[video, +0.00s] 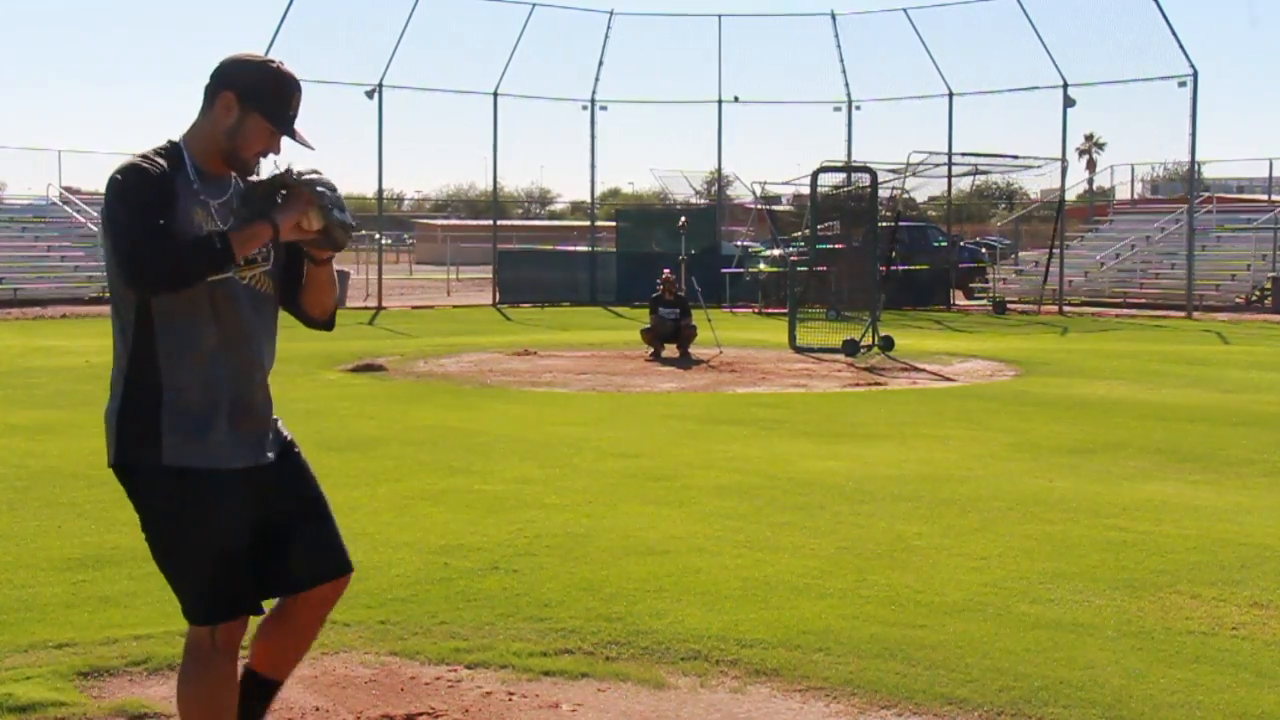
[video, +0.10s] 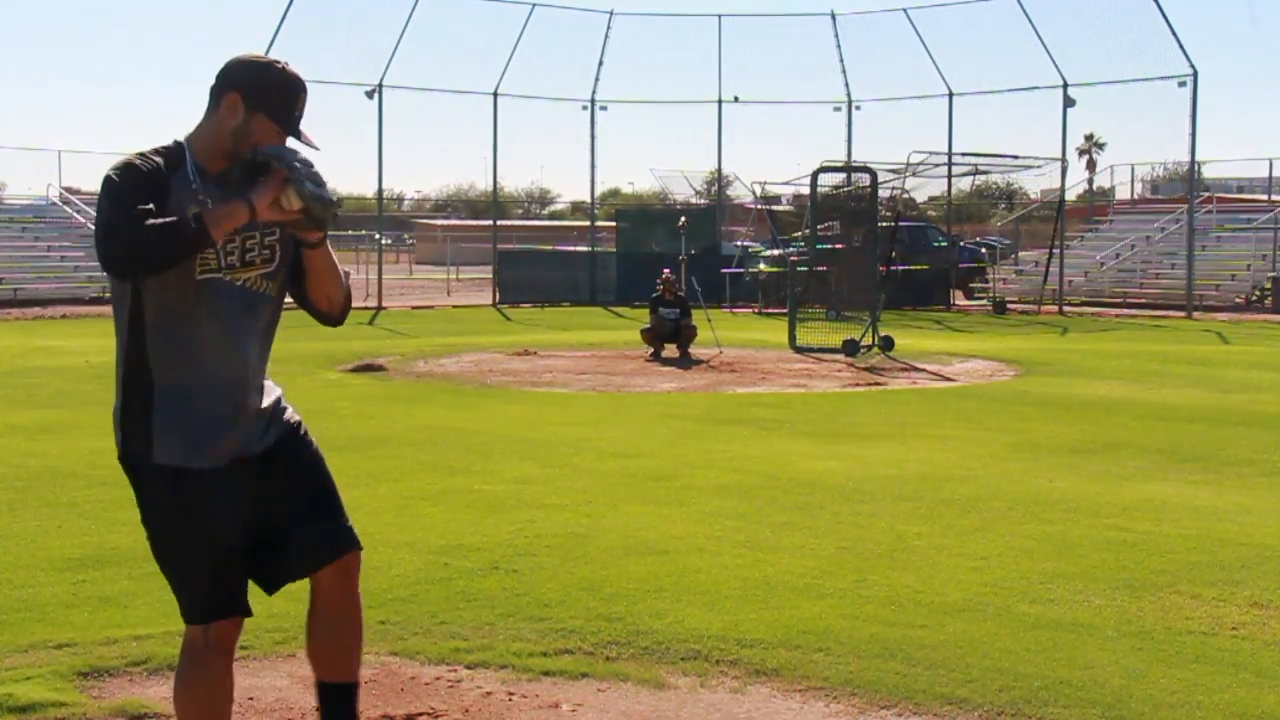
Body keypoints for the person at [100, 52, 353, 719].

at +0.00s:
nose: (275, 147)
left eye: (280, 134)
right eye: (271, 129)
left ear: (241, 116)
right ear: (227, 106)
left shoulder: (259, 198)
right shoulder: (141, 182)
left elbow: (317, 310)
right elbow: (148, 271)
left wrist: (318, 247)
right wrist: (268, 228)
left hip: (254, 433)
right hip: (171, 444)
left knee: (322, 575)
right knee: (220, 620)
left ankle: (244, 712)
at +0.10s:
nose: (282, 147)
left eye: (288, 134)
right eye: (276, 128)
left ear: (250, 118)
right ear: (231, 107)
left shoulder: (271, 196)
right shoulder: (138, 178)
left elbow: (333, 308)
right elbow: (123, 253)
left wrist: (309, 229)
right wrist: (244, 210)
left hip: (259, 419)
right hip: (174, 443)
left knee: (338, 557)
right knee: (216, 620)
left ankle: (340, 717)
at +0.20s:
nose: (284, 150)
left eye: (294, 139)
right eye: (279, 133)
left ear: (294, 140)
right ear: (239, 111)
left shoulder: (281, 190)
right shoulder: (149, 174)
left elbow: (348, 301)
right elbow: (109, 241)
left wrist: (306, 215)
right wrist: (229, 190)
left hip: (270, 410)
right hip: (182, 439)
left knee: (344, 532)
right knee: (215, 618)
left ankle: (412, 701)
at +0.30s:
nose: (291, 152)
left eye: (303, 140)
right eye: (283, 135)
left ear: (304, 145)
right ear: (246, 125)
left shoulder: (297, 200)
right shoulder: (167, 174)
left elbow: (365, 293)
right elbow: (110, 233)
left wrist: (314, 200)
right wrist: (229, 177)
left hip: (275, 394)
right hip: (187, 426)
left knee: (347, 460)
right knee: (218, 612)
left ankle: (423, 634)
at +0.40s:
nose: (298, 152)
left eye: (311, 144)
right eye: (292, 137)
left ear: (317, 148)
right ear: (257, 124)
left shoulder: (309, 201)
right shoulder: (181, 178)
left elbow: (376, 286)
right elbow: (127, 231)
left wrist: (322, 193)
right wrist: (235, 165)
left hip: (272, 387)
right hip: (192, 418)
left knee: (341, 388)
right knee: (223, 608)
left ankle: (399, 581)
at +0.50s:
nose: (337, 162)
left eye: (342, 149)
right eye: (332, 145)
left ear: (311, 139)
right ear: (291, 130)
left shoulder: (328, 210)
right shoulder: (202, 187)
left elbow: (369, 309)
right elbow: (132, 254)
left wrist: (324, 223)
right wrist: (245, 193)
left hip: (274, 384)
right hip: (197, 414)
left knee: (346, 378)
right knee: (234, 600)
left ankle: (382, 580)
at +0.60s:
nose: (359, 178)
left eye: (362, 165)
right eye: (356, 162)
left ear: (319, 160)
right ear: (319, 155)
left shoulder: (337, 242)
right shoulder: (215, 221)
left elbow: (339, 358)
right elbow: (115, 309)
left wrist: (326, 333)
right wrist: (239, 313)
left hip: (285, 412)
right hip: (205, 434)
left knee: (371, 440)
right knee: (251, 604)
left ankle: (394, 645)